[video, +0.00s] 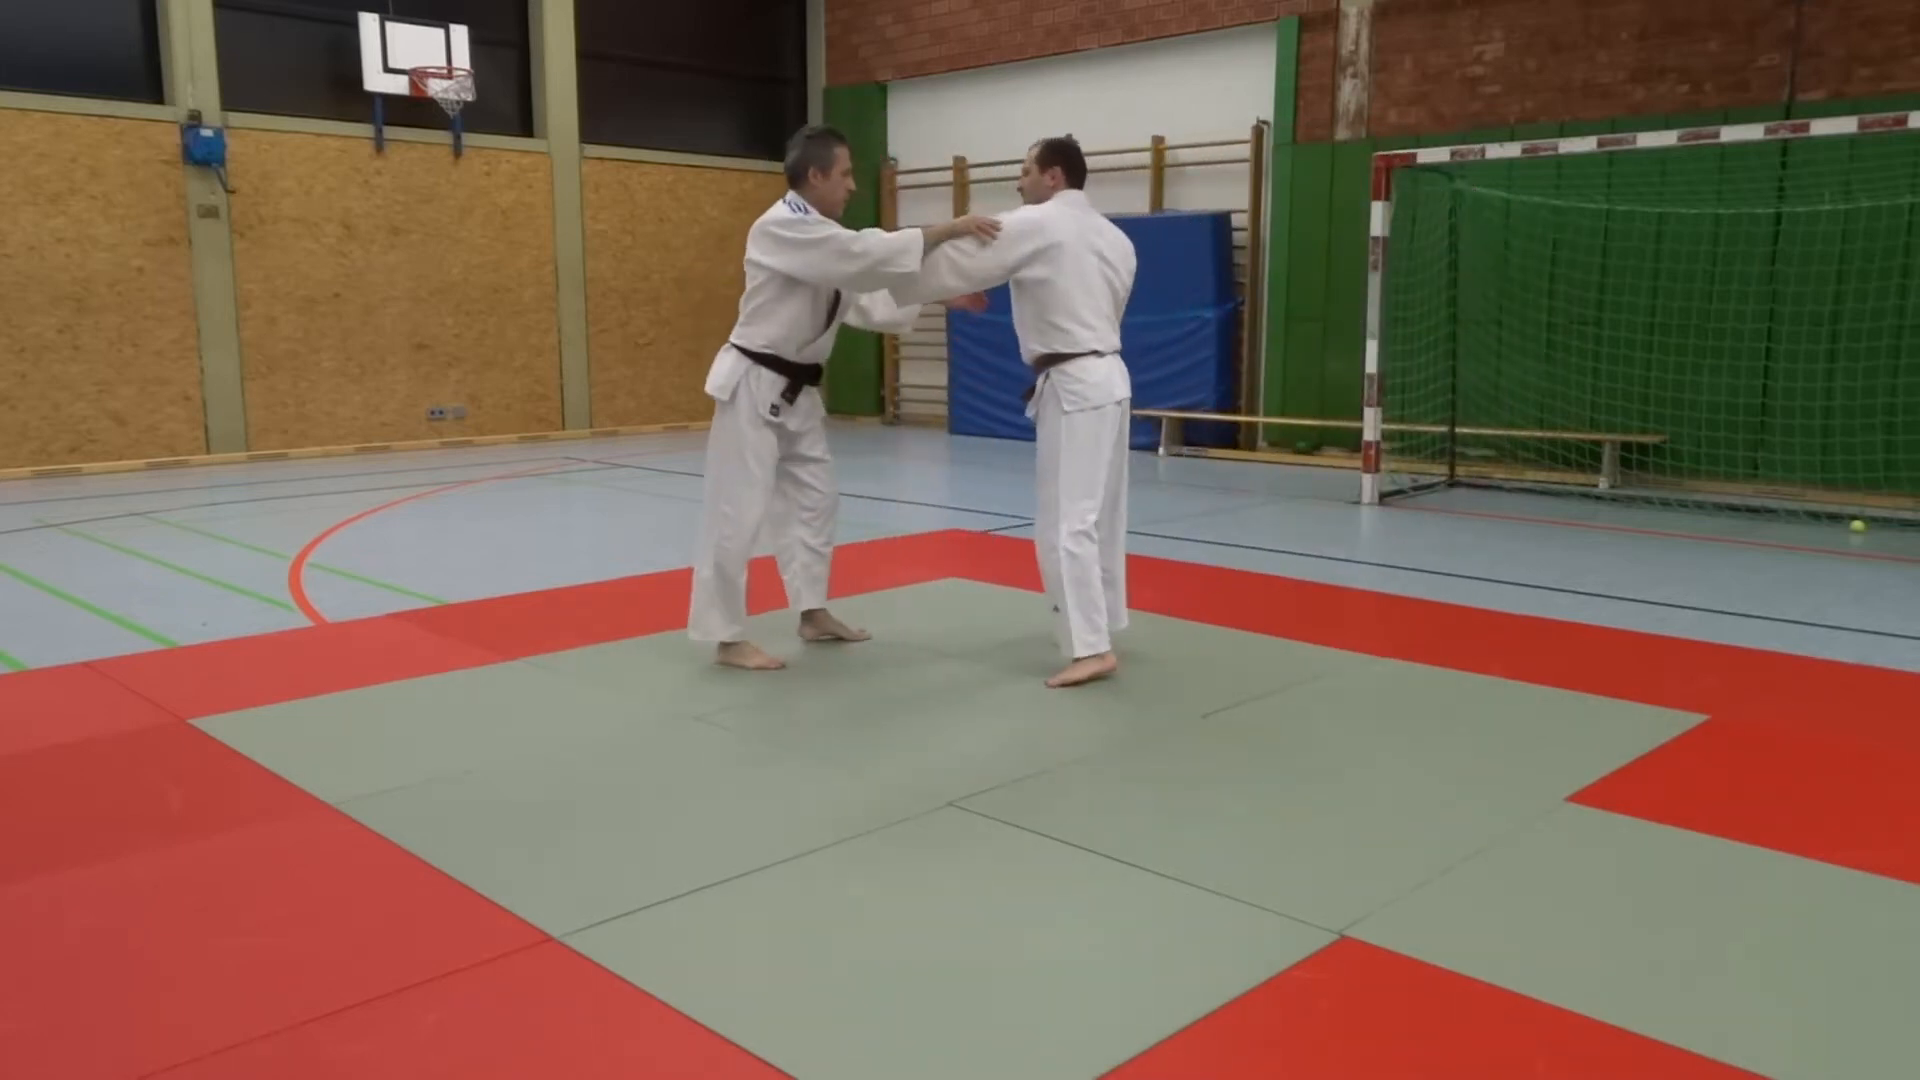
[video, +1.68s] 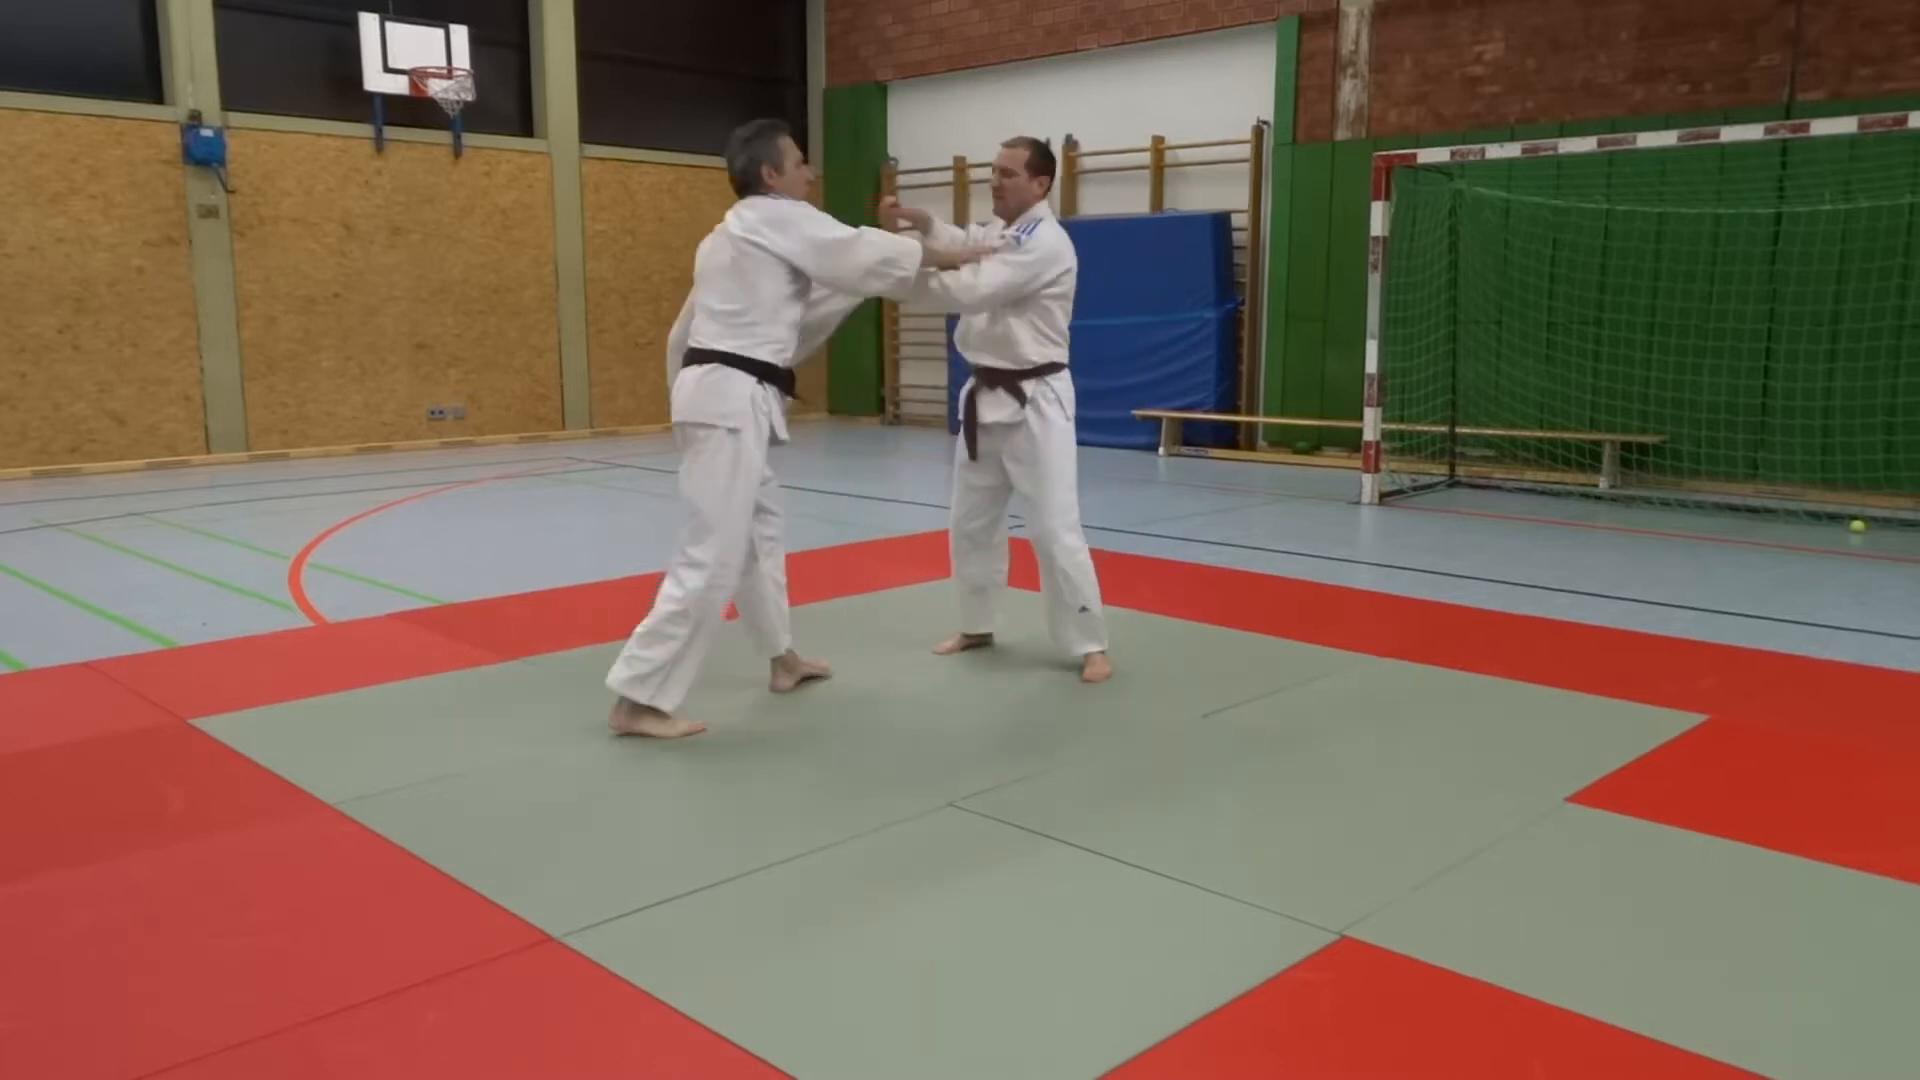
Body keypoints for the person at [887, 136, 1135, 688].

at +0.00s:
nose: (1020, 182)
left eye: (1027, 172)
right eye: (1022, 172)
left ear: (1055, 175)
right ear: (1070, 177)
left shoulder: (1036, 222)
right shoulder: (1116, 239)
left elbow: (955, 264)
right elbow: (1102, 317)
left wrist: (877, 276)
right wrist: (1051, 368)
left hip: (1073, 386)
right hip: (1113, 380)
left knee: (1067, 521)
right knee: (1105, 514)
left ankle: (1091, 650)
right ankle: (1108, 624)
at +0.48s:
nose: (1027, 179)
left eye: (1034, 170)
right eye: (1029, 170)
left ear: (1066, 174)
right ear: (1067, 176)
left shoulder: (1079, 218)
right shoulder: (1072, 224)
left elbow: (1012, 260)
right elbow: (1050, 328)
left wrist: (946, 252)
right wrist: (975, 349)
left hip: (1094, 393)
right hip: (1070, 393)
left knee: (1087, 525)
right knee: (1065, 520)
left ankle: (1115, 651)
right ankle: (1095, 628)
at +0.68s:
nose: (998, 192)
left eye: (1010, 184)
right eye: (997, 182)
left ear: (1044, 192)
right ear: (1000, 190)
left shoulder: (1075, 238)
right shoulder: (998, 253)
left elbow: (1028, 299)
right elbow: (971, 342)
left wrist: (962, 292)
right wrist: (895, 354)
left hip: (1082, 401)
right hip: (1024, 405)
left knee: (1107, 531)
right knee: (1000, 533)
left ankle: (1131, 653)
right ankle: (1041, 591)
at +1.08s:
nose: (971, 199)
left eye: (983, 190)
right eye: (965, 189)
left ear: (1012, 197)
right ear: (959, 195)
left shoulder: (1044, 251)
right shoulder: (946, 252)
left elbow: (1028, 312)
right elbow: (920, 306)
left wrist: (961, 295)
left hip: (1034, 403)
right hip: (972, 404)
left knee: (1062, 529)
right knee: (953, 539)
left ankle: (1103, 645)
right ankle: (966, 630)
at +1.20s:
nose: (968, 195)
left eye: (979, 185)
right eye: (963, 185)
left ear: (1013, 189)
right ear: (959, 188)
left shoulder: (1040, 245)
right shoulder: (951, 232)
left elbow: (1003, 308)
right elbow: (906, 272)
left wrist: (944, 281)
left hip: (1031, 400)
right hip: (971, 397)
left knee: (1062, 525)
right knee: (955, 527)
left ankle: (1099, 641)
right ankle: (966, 629)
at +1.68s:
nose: (995, 184)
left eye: (1007, 175)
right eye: (994, 174)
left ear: (1041, 183)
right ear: (998, 180)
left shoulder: (1049, 243)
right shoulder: (996, 233)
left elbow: (972, 289)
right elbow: (950, 238)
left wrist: (903, 269)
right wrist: (915, 222)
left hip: (1038, 398)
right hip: (983, 395)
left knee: (1055, 528)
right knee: (973, 521)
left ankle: (1091, 646)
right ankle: (976, 628)